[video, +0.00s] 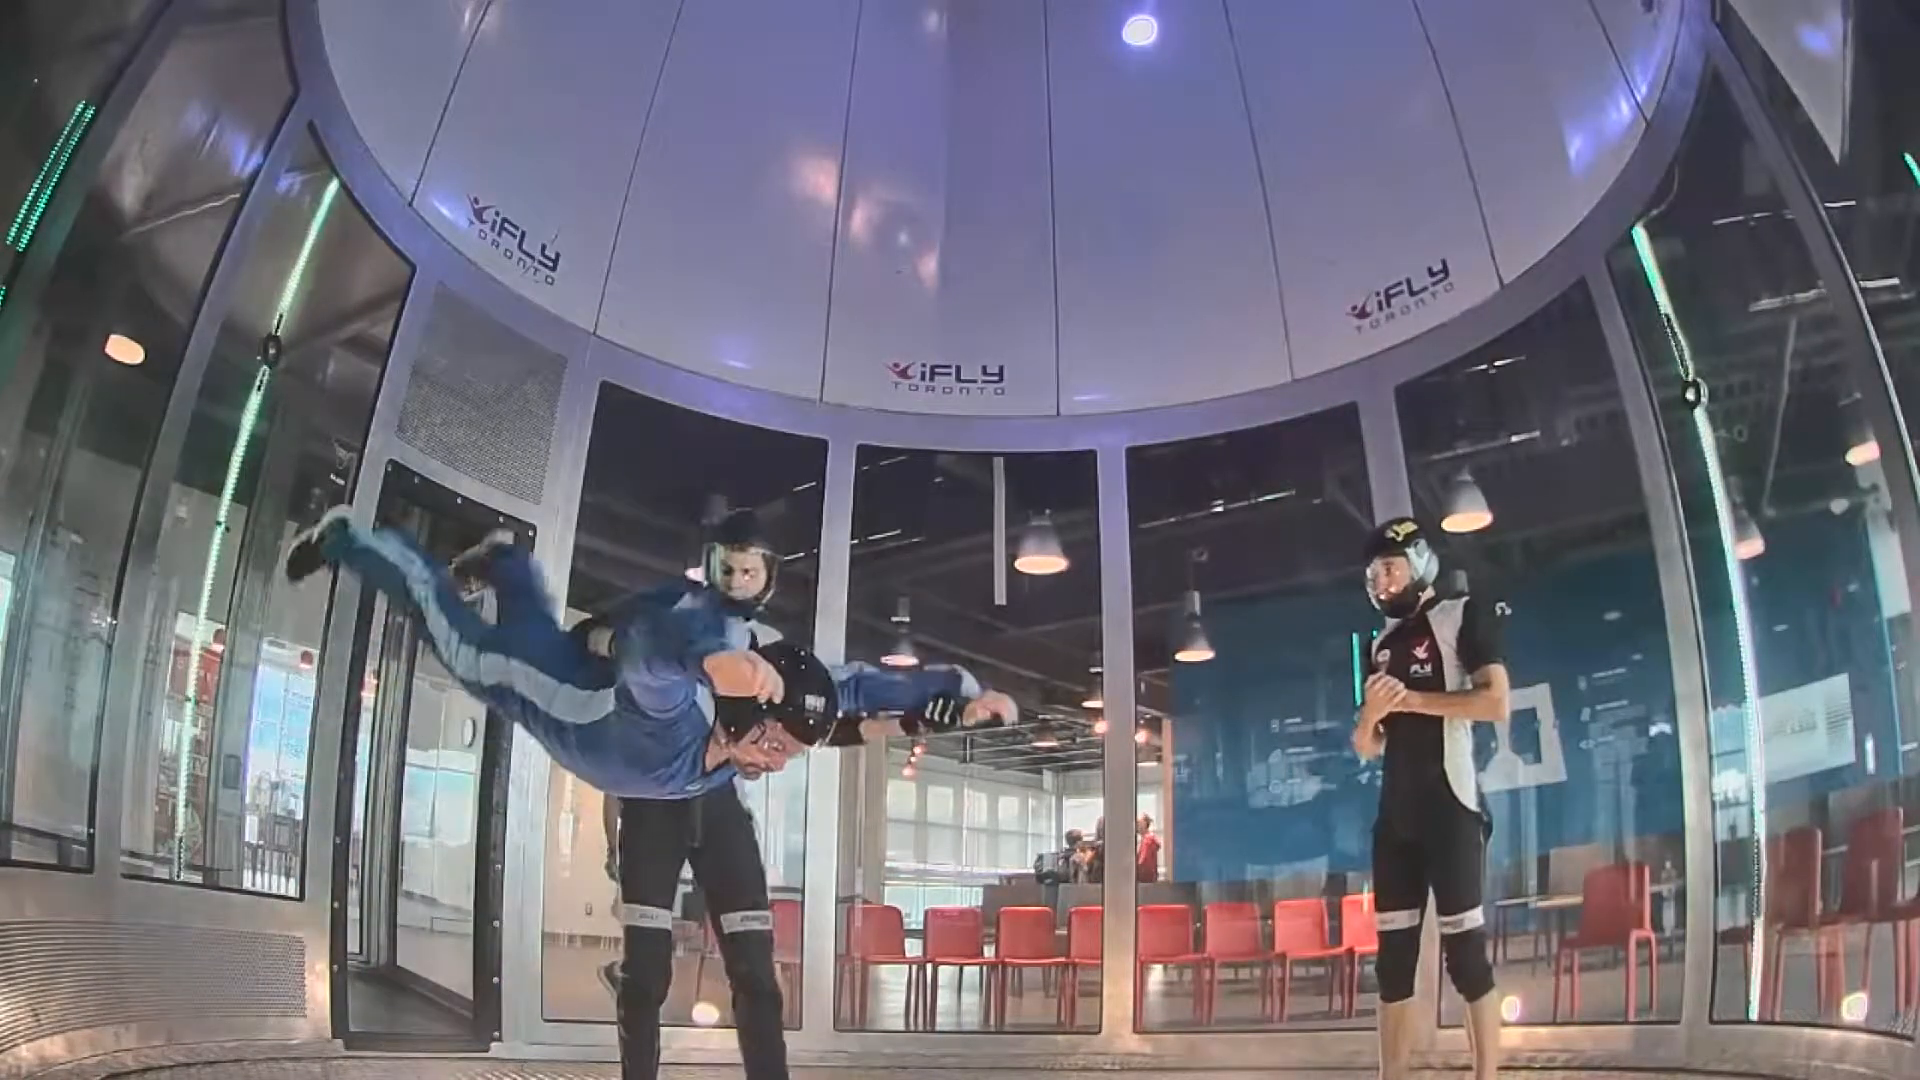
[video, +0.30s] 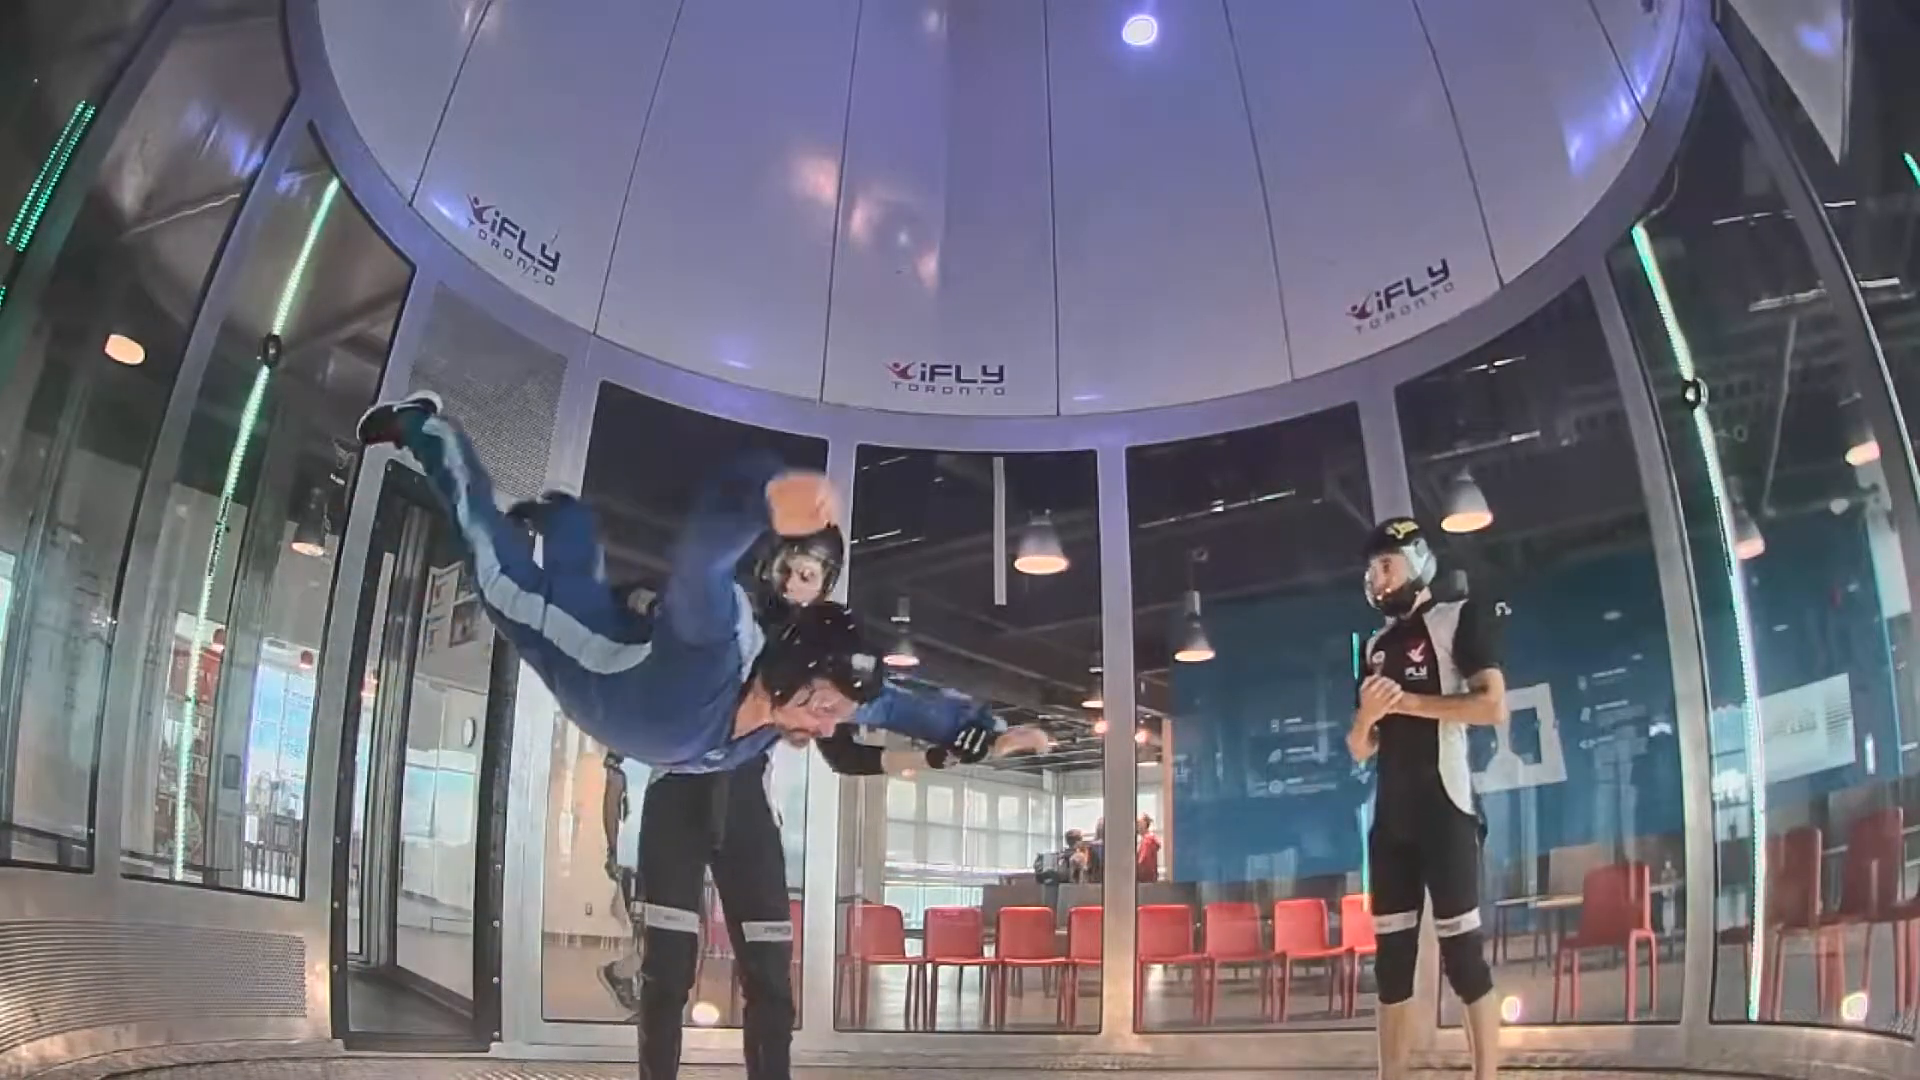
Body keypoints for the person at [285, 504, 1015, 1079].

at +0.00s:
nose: (774, 759)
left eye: (789, 753)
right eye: (775, 739)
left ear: (781, 751)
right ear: (753, 720)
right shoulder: (686, 700)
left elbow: (868, 691)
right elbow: (660, 633)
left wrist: (956, 692)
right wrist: (714, 647)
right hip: (583, 698)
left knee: (534, 654)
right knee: (463, 651)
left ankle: (504, 554)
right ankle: (359, 541)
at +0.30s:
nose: (826, 730)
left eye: (840, 720)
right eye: (825, 709)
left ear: (836, 711)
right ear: (796, 674)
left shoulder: (778, 709)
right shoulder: (715, 645)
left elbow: (889, 704)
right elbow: (701, 561)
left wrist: (985, 731)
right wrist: (759, 498)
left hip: (623, 664)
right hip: (572, 641)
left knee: (575, 588)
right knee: (493, 556)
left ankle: (558, 509)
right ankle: (429, 430)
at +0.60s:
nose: (987, 665)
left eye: (1005, 661)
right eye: (992, 641)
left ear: (985, 671)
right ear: (956, 609)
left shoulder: (886, 695)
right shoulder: (859, 586)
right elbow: (846, 458)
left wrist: (1069, 635)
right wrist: (934, 357)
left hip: (661, 707)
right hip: (630, 648)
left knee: (568, 650)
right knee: (507, 585)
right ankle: (391, 482)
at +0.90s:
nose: (1084, 659)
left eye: (1098, 650)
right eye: (1091, 638)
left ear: (1068, 625)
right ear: (1066, 601)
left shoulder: (985, 667)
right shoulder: (969, 573)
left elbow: (870, 614)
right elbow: (974, 441)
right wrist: (1097, 344)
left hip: (744, 727)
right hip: (718, 678)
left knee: (603, 691)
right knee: (541, 665)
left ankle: (532, 701)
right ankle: (335, 615)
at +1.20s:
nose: (1152, 687)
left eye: (1165, 676)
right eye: (1157, 665)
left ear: (1133, 662)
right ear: (1124, 638)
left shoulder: (1040, 698)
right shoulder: (1042, 635)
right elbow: (1102, 495)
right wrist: (1259, 429)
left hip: (776, 740)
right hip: (757, 706)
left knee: (601, 660)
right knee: (580, 656)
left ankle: (428, 520)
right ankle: (369, 523)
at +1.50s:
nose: (1170, 739)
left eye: (1183, 726)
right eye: (1180, 715)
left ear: (1147, 705)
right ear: (1152, 687)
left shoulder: (1054, 747)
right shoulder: (1064, 678)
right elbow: (1157, 540)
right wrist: (1314, 483)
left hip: (767, 734)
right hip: (770, 699)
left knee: (624, 636)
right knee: (618, 556)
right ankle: (455, 375)